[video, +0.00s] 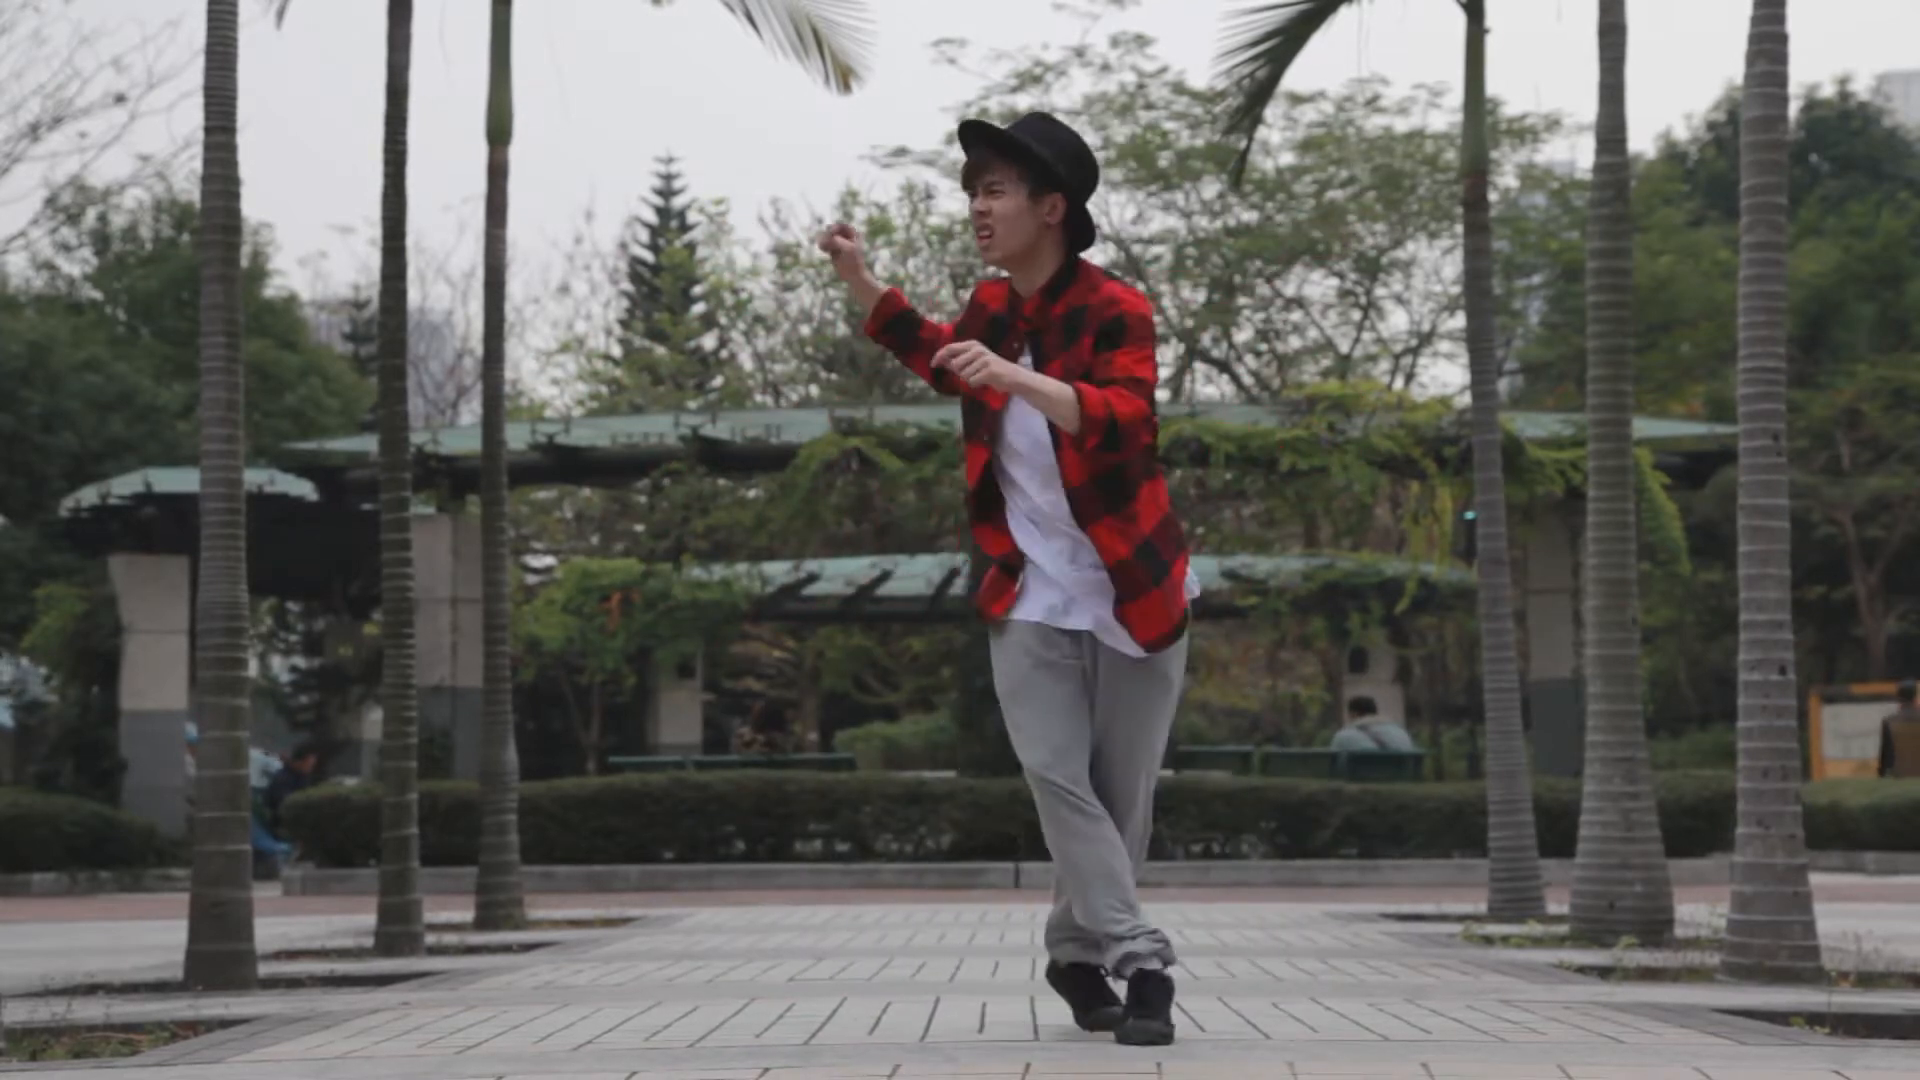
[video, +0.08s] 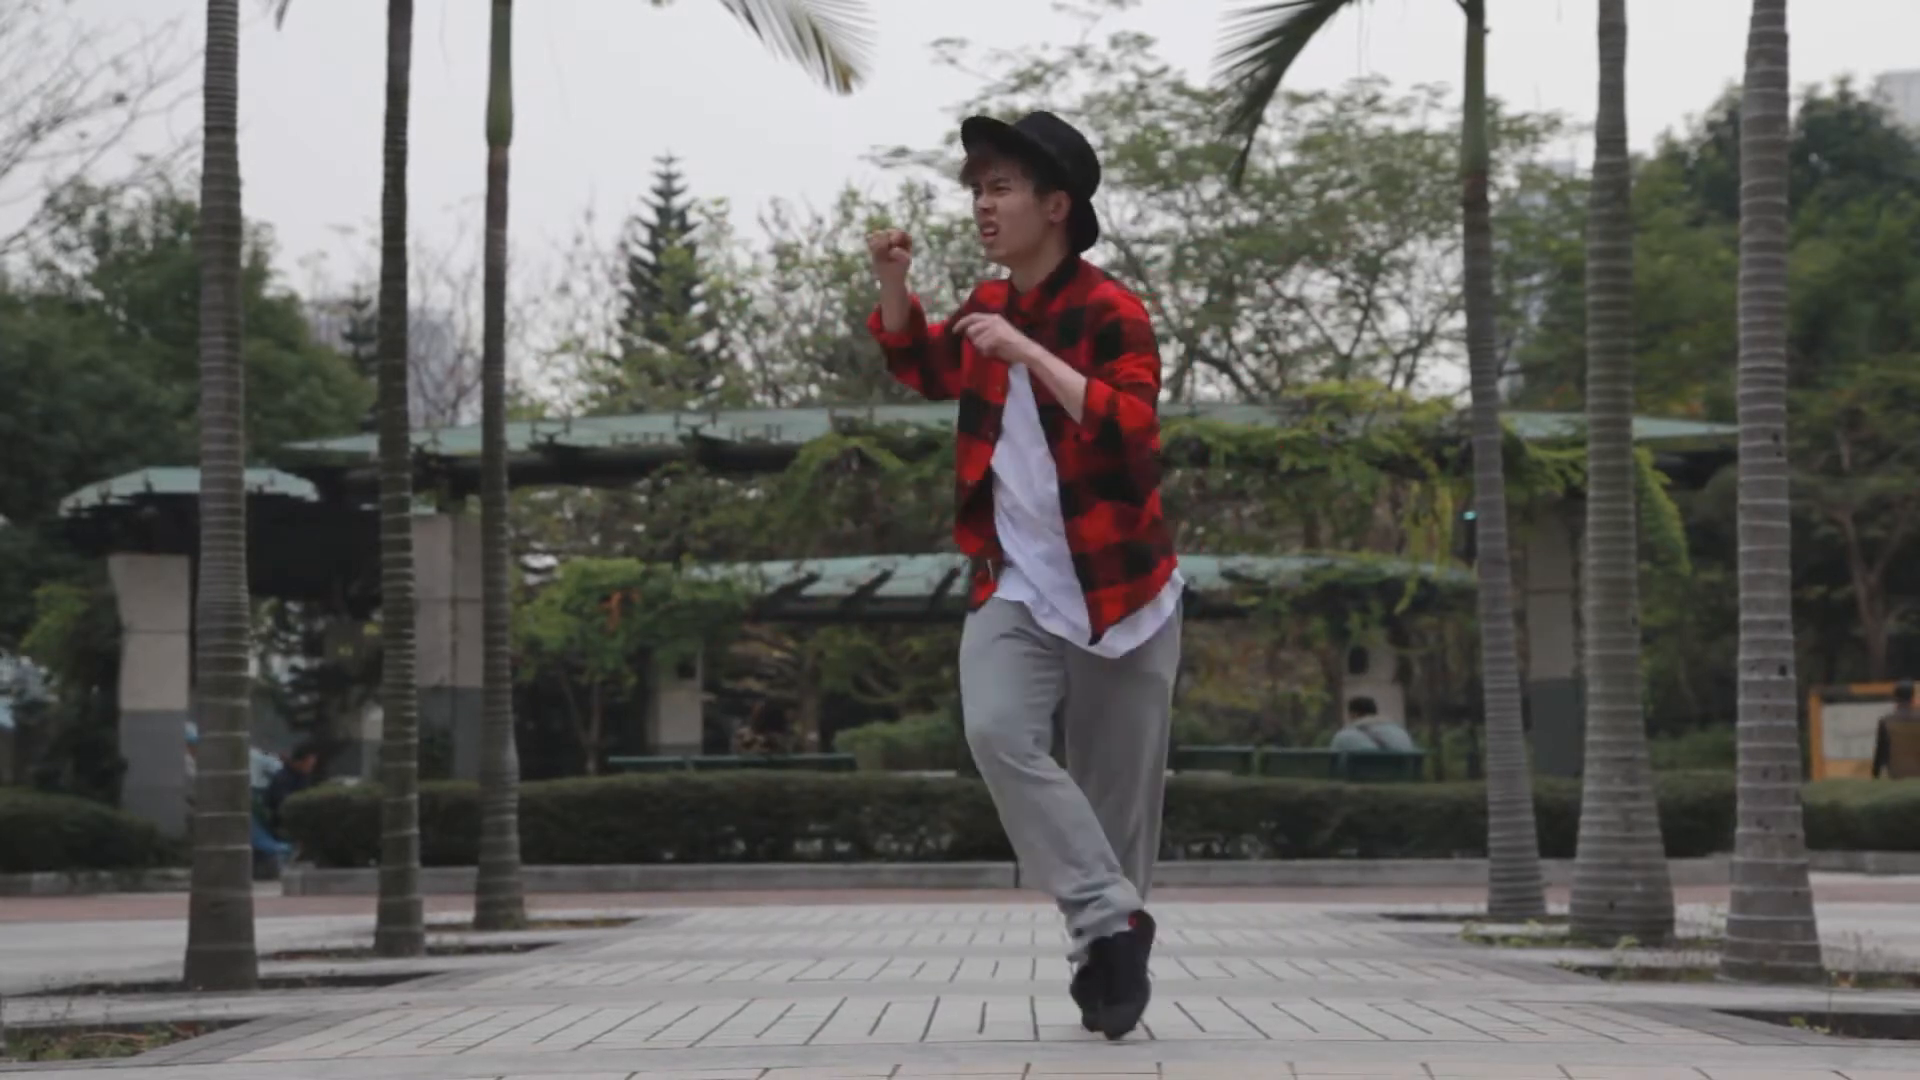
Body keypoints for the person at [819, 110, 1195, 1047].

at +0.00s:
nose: (977, 210)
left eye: (996, 193)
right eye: (974, 194)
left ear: (1054, 207)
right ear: (980, 205)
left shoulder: (1118, 310)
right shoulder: (989, 310)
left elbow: (1125, 418)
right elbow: (940, 359)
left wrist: (1014, 378)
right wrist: (865, 288)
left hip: (1136, 590)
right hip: (1031, 589)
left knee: (1124, 790)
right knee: (1054, 774)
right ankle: (1139, 955)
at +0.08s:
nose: (983, 207)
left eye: (1002, 190)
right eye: (978, 190)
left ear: (1060, 203)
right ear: (979, 204)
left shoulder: (1114, 313)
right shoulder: (983, 314)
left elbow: (1134, 429)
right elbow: (918, 361)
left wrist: (1028, 353)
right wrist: (895, 290)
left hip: (1122, 592)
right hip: (1017, 584)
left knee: (1119, 790)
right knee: (996, 731)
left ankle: (1108, 958)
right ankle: (1107, 918)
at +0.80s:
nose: (967, 254)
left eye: (993, 245)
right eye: (953, 232)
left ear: (1017, 280)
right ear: (919, 249)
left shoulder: (1041, 364)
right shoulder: (896, 389)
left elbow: (1095, 495)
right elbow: (926, 523)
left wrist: (1107, 630)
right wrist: (953, 486)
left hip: (1121, 616)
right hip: (1011, 640)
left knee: (1213, 794)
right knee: (915, 776)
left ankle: (1311, 982)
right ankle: (950, 997)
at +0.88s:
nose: (948, 270)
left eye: (973, 258)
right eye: (933, 248)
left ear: (1002, 283)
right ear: (905, 259)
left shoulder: (1039, 370)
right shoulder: (882, 388)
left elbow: (1123, 479)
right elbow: (877, 527)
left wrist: (1221, 581)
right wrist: (892, 485)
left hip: (1113, 624)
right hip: (996, 636)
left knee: (1214, 802)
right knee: (902, 779)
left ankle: (1300, 975)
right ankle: (947, 999)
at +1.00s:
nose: (938, 208)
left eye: (960, 189)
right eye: (922, 190)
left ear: (1001, 200)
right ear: (904, 201)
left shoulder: (1059, 291)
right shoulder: (870, 289)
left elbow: (1175, 359)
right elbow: (792, 349)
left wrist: (1249, 437)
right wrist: (755, 384)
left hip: (1061, 555)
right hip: (933, 567)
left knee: (1114, 741)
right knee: (898, 743)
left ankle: (1197, 916)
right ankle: (926, 962)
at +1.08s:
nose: (930, 202)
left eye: (949, 180)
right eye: (915, 185)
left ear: (999, 180)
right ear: (903, 191)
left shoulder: (1066, 267)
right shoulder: (874, 261)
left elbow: (1198, 316)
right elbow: (763, 283)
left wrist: (1289, 409)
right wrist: (682, 361)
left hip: (1021, 537)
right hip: (895, 529)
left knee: (1015, 726)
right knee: (869, 716)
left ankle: (1069, 912)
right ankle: (873, 947)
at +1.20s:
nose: (927, 231)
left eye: (943, 208)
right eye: (912, 216)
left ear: (998, 202)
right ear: (903, 223)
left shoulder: (1072, 306)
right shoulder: (877, 290)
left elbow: (1207, 353)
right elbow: (766, 330)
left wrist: (1339, 423)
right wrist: (651, 354)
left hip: (964, 574)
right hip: (846, 550)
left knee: (930, 758)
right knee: (818, 762)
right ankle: (801, 983)